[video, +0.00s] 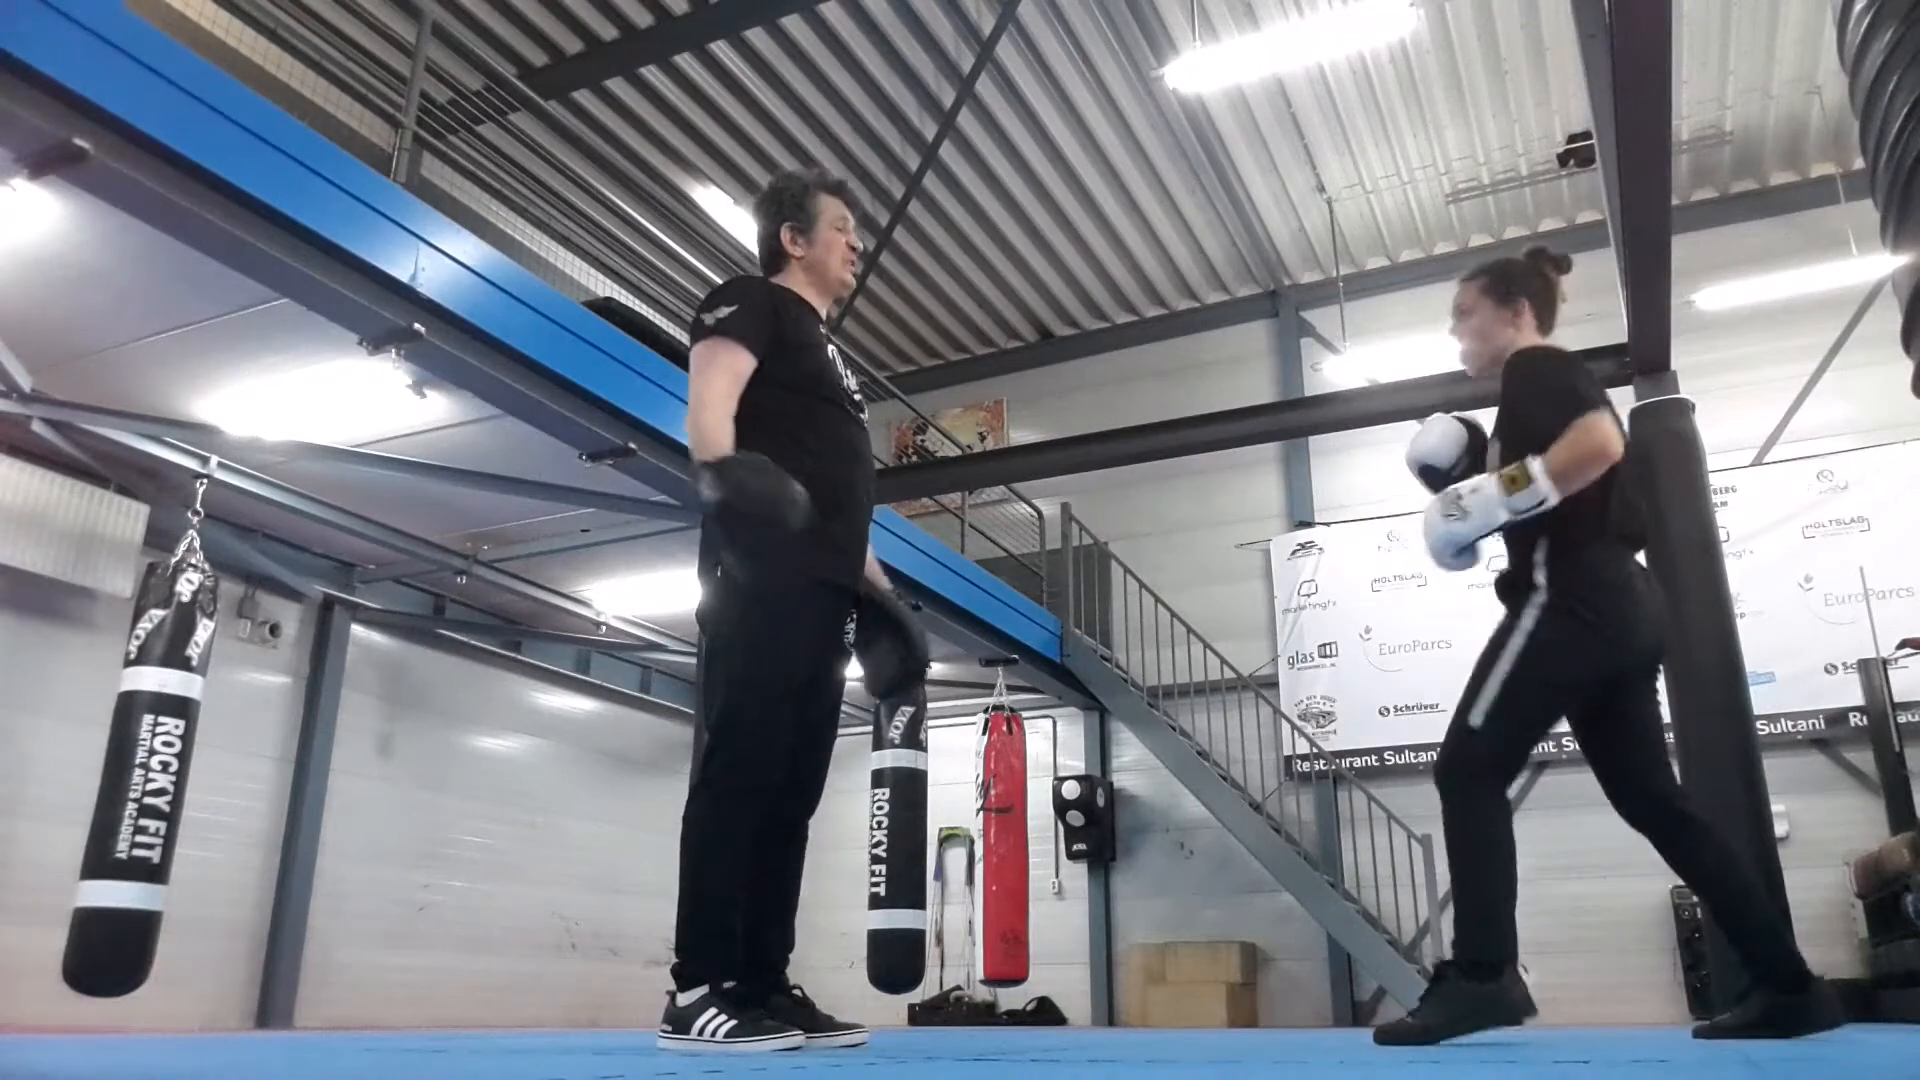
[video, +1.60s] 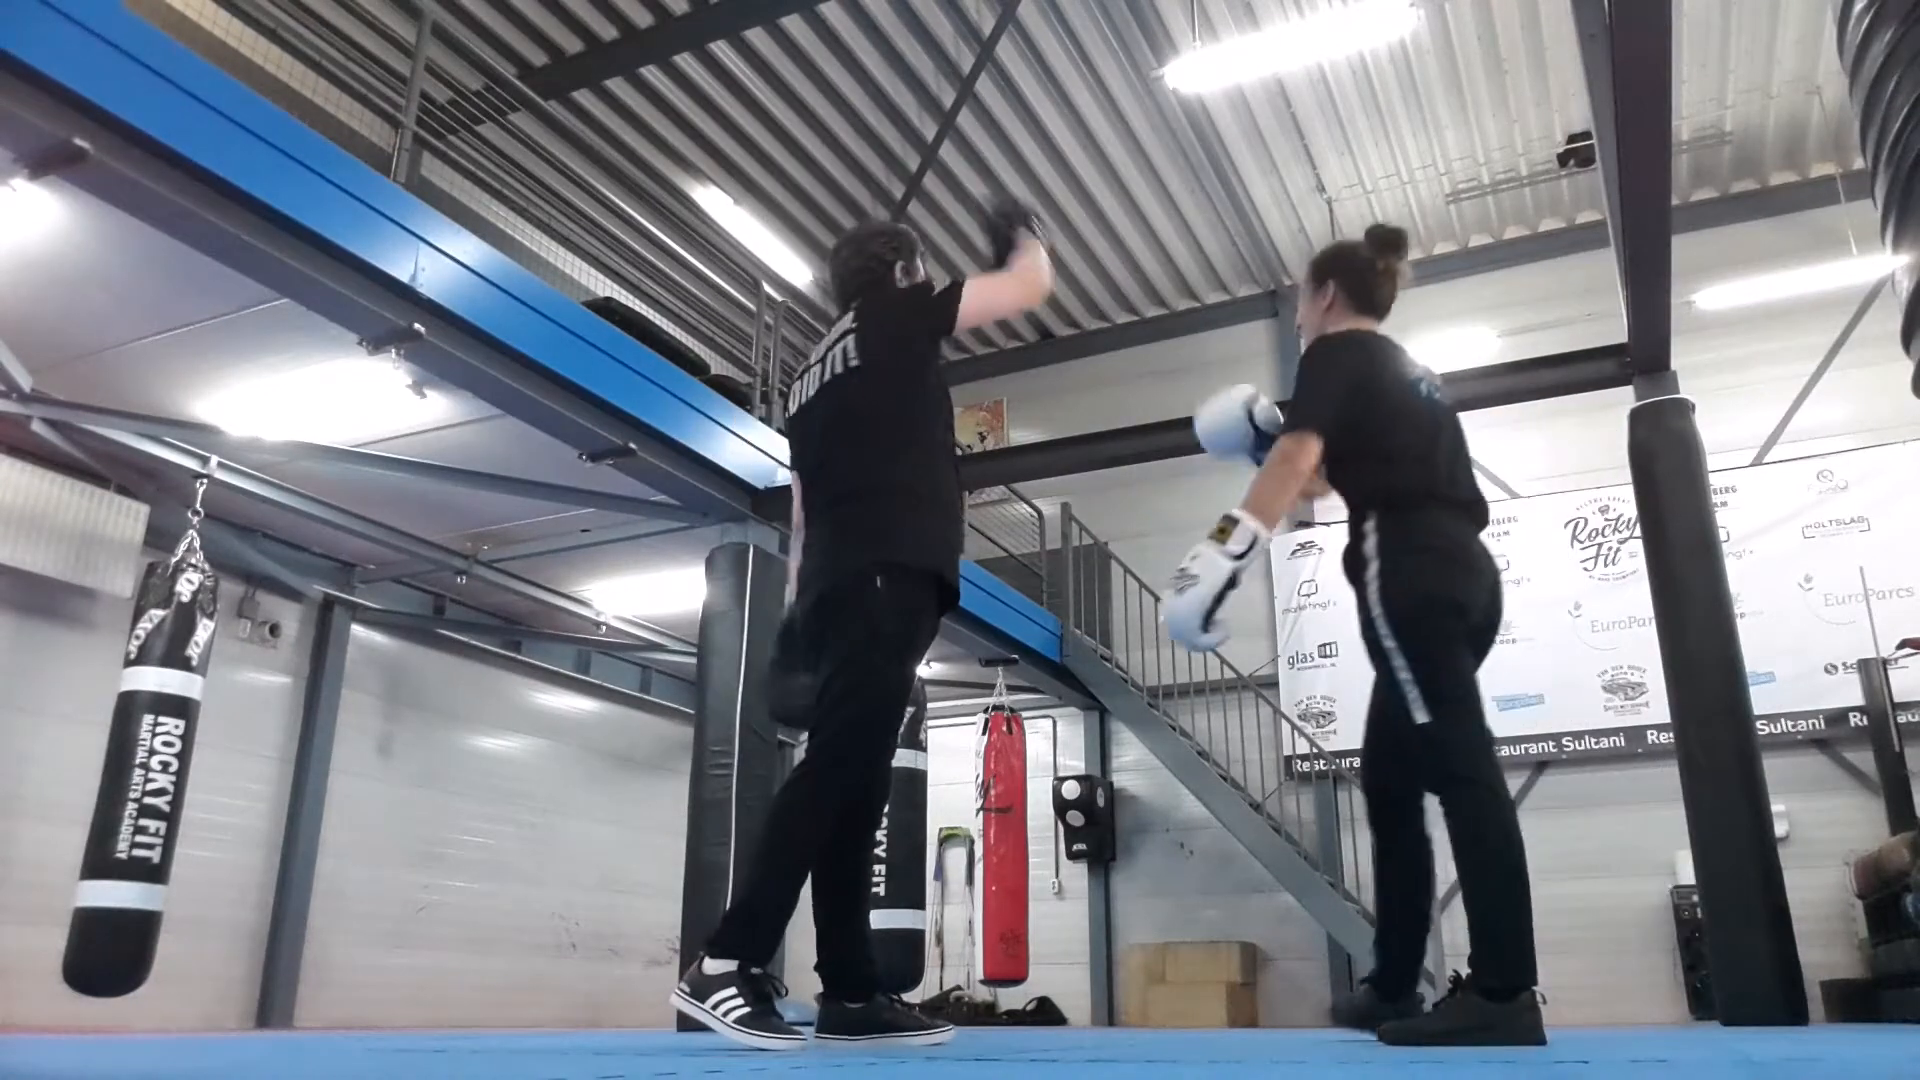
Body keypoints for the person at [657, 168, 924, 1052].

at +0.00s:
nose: (860, 248)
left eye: (859, 236)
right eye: (845, 231)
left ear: (824, 249)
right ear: (793, 238)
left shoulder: (825, 354)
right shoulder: (753, 299)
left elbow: (837, 503)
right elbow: (709, 401)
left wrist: (880, 597)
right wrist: (729, 479)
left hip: (820, 589)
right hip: (763, 571)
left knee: (792, 789)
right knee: (741, 772)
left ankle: (763, 987)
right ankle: (701, 993)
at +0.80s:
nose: (892, 269)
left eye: (889, 253)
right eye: (891, 253)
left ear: (812, 251)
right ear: (873, 251)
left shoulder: (817, 327)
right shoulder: (823, 317)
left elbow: (805, 449)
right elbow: (791, 431)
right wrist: (756, 523)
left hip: (818, 599)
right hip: (797, 594)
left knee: (849, 778)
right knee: (767, 774)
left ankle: (854, 994)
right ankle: (703, 996)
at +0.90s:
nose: (884, 266)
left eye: (879, 255)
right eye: (881, 254)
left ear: (794, 263)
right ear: (869, 255)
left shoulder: (774, 345)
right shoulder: (851, 319)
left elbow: (783, 478)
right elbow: (893, 451)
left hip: (793, 590)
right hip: (822, 591)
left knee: (845, 785)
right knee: (771, 777)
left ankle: (854, 996)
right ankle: (704, 996)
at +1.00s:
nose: (877, 268)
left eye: (868, 257)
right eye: (875, 254)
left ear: (786, 268)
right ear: (864, 255)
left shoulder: (761, 354)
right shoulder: (863, 315)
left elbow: (806, 458)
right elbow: (977, 421)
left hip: (801, 587)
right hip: (836, 585)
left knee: (847, 787)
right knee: (774, 775)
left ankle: (853, 998)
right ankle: (705, 996)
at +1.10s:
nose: (880, 266)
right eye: (876, 251)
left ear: (797, 269)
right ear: (874, 255)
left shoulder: (768, 361)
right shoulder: (886, 316)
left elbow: (774, 492)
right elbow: (1003, 364)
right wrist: (1075, 365)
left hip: (800, 588)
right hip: (853, 584)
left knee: (844, 789)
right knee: (787, 774)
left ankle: (854, 996)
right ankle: (708, 987)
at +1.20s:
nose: (897, 268)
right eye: (893, 255)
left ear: (817, 272)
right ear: (894, 260)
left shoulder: (779, 369)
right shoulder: (910, 311)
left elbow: (769, 497)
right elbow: (999, 310)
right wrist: (1009, 257)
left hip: (800, 584)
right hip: (874, 576)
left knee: (846, 785)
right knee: (807, 766)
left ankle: (854, 995)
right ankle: (711, 978)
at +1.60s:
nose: (928, 280)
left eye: (926, 271)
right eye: (922, 270)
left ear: (841, 284)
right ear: (902, 271)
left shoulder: (812, 377)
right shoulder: (896, 309)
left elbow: (802, 516)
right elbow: (1028, 285)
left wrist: (800, 608)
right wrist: (1025, 237)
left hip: (840, 584)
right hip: (891, 576)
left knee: (856, 787)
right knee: (835, 772)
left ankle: (852, 994)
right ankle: (725, 970)